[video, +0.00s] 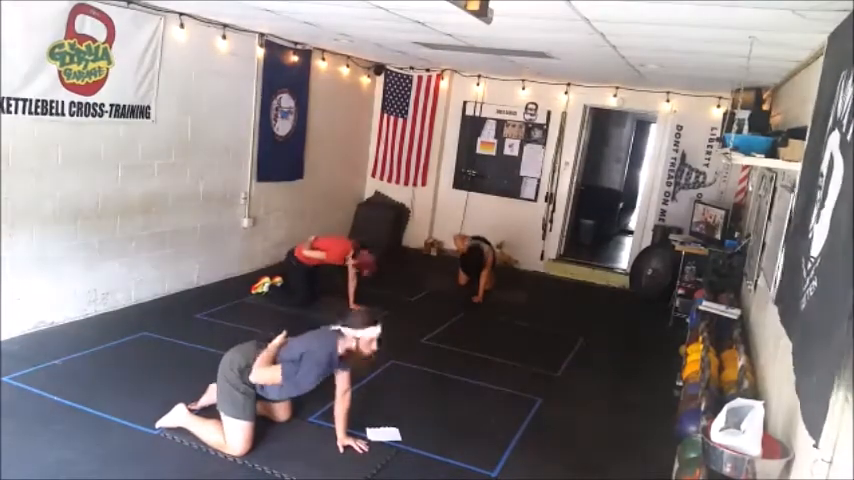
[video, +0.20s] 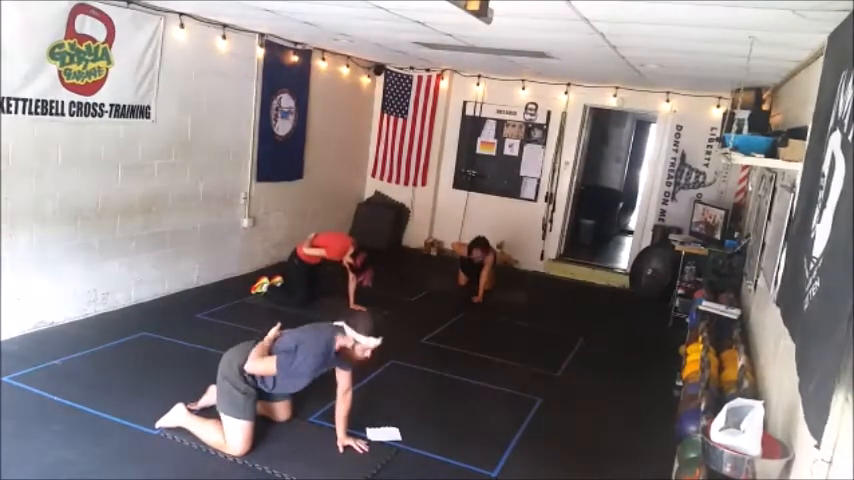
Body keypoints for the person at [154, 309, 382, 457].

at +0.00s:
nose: (375, 346)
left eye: (377, 340)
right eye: (373, 340)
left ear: (355, 333)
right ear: (355, 335)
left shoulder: (341, 343)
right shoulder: (317, 360)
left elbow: (343, 391)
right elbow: (257, 375)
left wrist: (343, 435)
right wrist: (274, 345)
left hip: (262, 355)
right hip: (238, 368)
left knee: (281, 412)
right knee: (237, 446)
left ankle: (221, 395)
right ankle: (183, 417)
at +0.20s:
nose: (370, 353)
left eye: (373, 348)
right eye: (368, 348)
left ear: (352, 335)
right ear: (350, 340)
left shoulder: (344, 340)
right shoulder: (311, 354)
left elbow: (345, 390)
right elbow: (251, 366)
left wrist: (342, 434)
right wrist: (268, 339)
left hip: (271, 364)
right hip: (239, 369)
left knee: (281, 413)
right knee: (236, 446)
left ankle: (220, 397)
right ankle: (183, 417)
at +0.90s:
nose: (362, 355)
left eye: (367, 350)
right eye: (359, 349)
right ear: (343, 339)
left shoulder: (330, 333)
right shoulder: (309, 356)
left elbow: (316, 361)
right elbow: (306, 413)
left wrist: (320, 387)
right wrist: (311, 458)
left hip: (260, 357)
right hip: (237, 370)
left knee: (281, 411)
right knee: (236, 445)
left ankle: (221, 395)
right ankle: (182, 417)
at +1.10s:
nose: (343, 374)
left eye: (347, 375)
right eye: (348, 374)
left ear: (357, 349)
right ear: (350, 362)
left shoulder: (336, 330)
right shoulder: (316, 363)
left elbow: (300, 320)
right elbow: (310, 414)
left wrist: (269, 324)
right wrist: (311, 458)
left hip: (265, 357)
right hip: (238, 367)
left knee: (280, 411)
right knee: (234, 445)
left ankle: (221, 396)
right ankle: (182, 418)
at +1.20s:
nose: (339, 372)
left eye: (343, 374)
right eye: (344, 372)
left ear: (353, 346)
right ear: (347, 361)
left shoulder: (335, 328)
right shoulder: (315, 363)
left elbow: (298, 323)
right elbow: (310, 414)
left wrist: (269, 329)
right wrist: (311, 458)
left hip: (262, 357)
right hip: (235, 367)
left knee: (280, 410)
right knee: (234, 445)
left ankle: (219, 398)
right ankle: (182, 418)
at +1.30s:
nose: (337, 379)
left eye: (341, 379)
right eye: (342, 377)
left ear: (352, 355)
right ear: (348, 361)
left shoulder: (332, 333)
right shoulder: (314, 363)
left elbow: (296, 325)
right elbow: (309, 415)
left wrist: (265, 333)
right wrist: (311, 458)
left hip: (261, 358)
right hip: (236, 369)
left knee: (280, 410)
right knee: (233, 445)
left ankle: (220, 399)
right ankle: (180, 418)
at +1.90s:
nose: (329, 391)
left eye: (332, 391)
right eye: (333, 392)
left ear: (343, 375)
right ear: (340, 379)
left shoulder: (333, 340)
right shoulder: (318, 364)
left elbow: (296, 328)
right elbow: (311, 414)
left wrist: (266, 328)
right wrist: (312, 459)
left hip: (263, 357)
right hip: (237, 368)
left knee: (280, 410)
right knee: (233, 446)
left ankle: (219, 397)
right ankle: (182, 418)